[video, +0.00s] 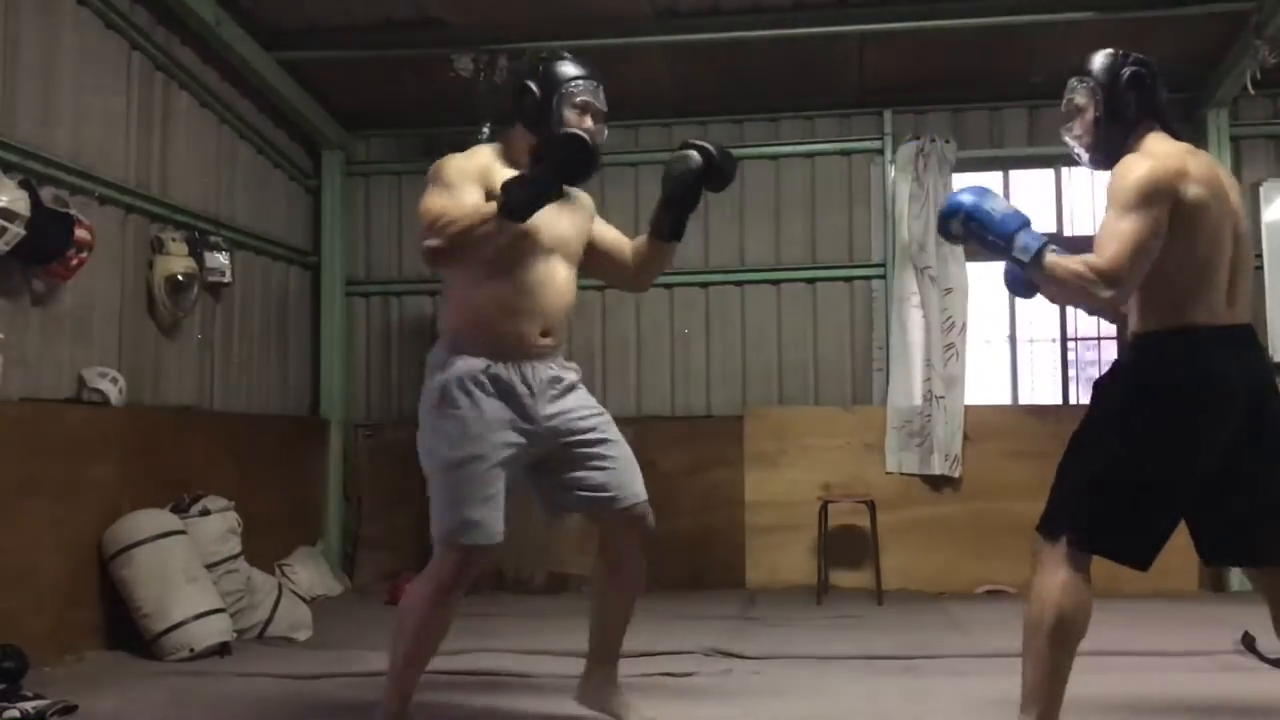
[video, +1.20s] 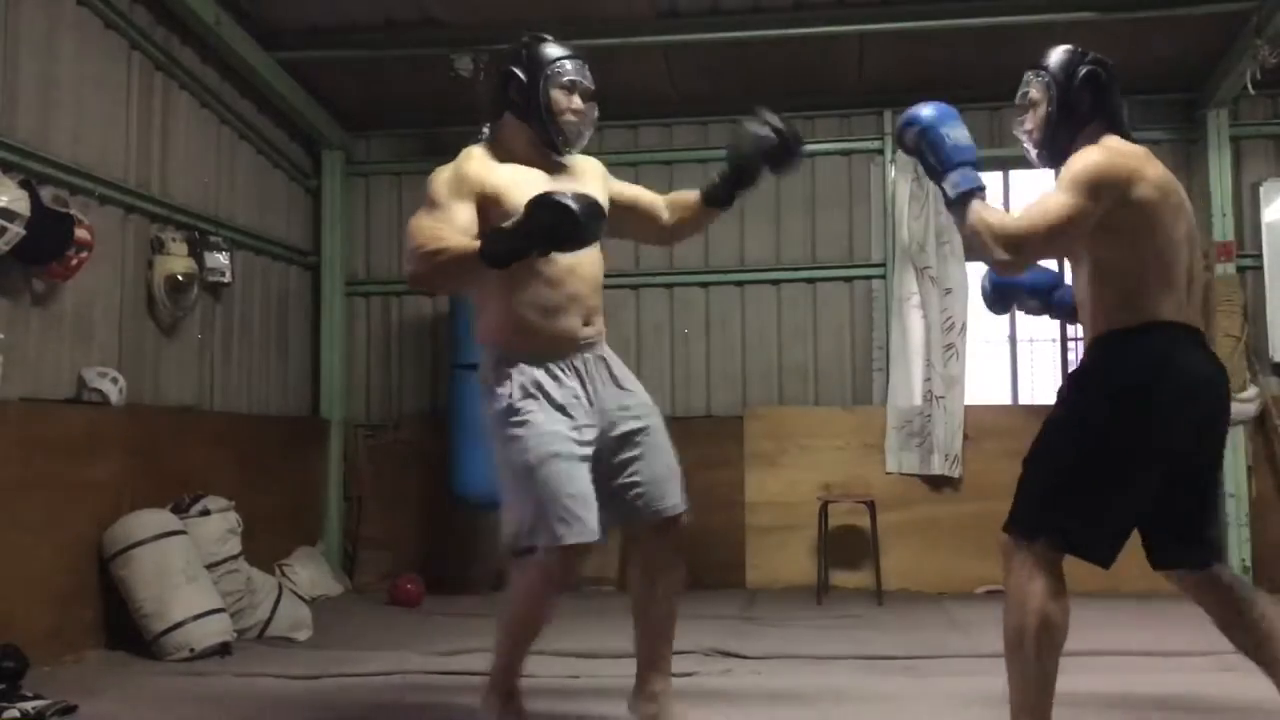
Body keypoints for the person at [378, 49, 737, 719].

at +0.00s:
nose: (592, 130)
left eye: (599, 119)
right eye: (581, 112)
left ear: (595, 130)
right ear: (536, 108)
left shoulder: (577, 206)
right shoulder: (468, 168)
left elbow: (638, 271)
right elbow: (437, 245)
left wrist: (677, 201)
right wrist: (537, 187)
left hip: (556, 381)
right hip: (471, 382)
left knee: (630, 517)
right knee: (465, 547)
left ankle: (600, 681)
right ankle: (394, 704)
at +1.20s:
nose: (582, 105)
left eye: (587, 93)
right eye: (568, 90)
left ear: (587, 103)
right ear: (522, 93)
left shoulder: (588, 174)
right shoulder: (469, 171)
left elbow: (667, 219)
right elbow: (424, 267)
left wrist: (736, 175)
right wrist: (518, 240)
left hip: (603, 370)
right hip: (527, 382)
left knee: (662, 518)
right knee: (566, 537)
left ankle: (653, 692)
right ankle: (502, 689)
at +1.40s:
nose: (553, 134)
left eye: (556, 121)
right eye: (540, 120)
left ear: (556, 127)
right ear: (496, 119)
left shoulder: (568, 194)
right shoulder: (436, 191)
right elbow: (460, 236)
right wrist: (541, 174)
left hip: (626, 323)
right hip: (565, 391)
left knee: (768, 290)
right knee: (591, 558)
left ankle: (922, 329)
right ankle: (564, 710)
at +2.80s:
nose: (698, 157)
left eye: (703, 146)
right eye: (687, 141)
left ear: (639, 149)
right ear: (649, 141)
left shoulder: (622, 198)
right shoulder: (638, 189)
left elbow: (679, 305)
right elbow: (677, 278)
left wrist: (727, 256)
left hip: (544, 378)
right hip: (591, 382)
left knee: (519, 536)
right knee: (697, 531)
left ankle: (437, 669)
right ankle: (708, 705)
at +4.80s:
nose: (654, 116)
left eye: (655, 100)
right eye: (649, 97)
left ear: (580, 84)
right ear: (618, 86)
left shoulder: (520, 149)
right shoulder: (606, 134)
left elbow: (537, 277)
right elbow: (653, 272)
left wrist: (627, 311)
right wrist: (659, 298)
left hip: (495, 379)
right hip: (571, 377)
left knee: (486, 586)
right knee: (675, 572)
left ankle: (411, 714)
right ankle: (713, 713)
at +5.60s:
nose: (804, 79)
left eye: (803, 69)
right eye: (800, 66)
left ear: (705, 61)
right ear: (773, 58)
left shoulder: (640, 137)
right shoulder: (781, 100)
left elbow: (651, 264)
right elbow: (895, 200)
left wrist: (771, 253)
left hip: (584, 346)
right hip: (682, 360)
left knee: (512, 576)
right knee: (791, 580)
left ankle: (418, 713)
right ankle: (842, 713)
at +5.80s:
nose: (750, 75)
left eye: (749, 60)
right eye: (741, 56)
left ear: (647, 51)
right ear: (700, 41)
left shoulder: (589, 119)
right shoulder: (721, 112)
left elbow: (599, 271)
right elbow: (749, 275)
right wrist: (805, 400)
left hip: (564, 385)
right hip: (671, 386)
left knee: (524, 614)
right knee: (787, 596)